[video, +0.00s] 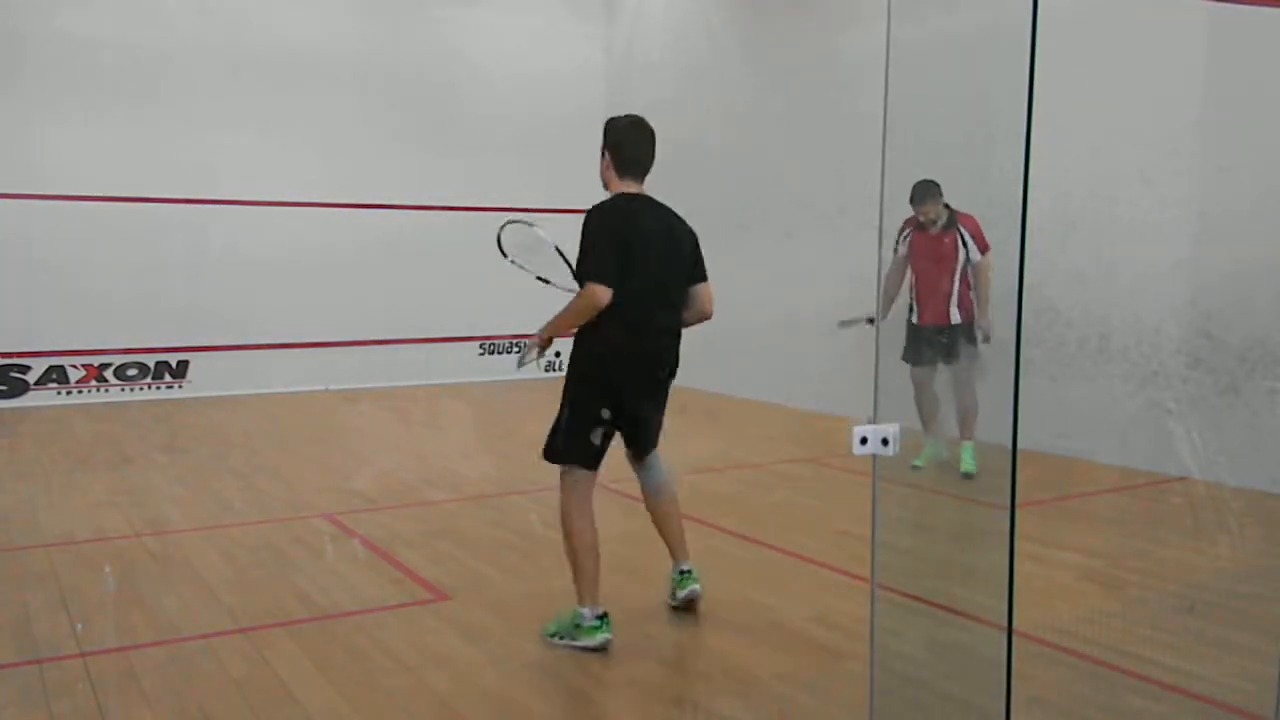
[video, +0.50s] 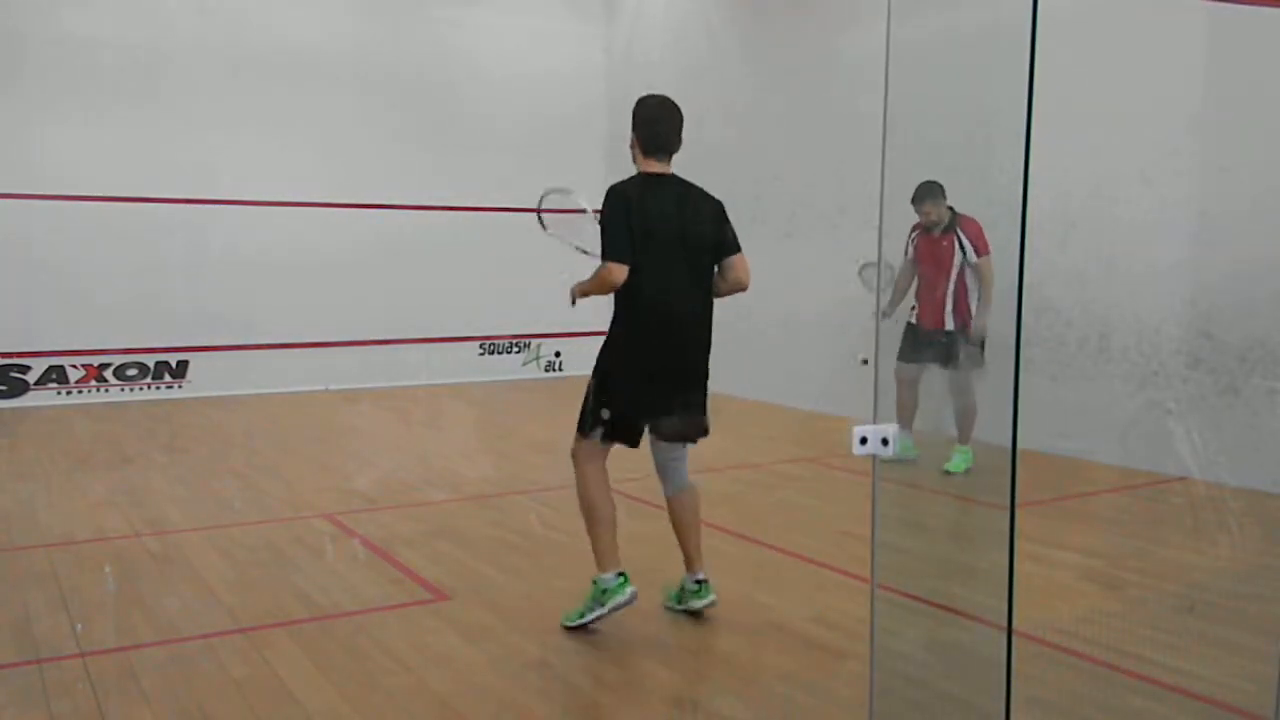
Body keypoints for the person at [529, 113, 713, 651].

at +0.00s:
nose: (598, 164)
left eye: (600, 156)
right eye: (605, 155)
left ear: (607, 161)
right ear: (649, 163)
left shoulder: (604, 218)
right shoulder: (677, 226)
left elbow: (597, 294)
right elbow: (701, 306)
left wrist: (552, 330)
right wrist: (649, 320)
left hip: (602, 370)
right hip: (655, 370)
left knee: (577, 483)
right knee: (647, 457)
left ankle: (590, 615)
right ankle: (684, 571)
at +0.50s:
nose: (631, 142)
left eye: (632, 135)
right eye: (648, 135)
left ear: (633, 141)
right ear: (679, 143)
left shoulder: (622, 196)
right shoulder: (706, 204)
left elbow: (615, 274)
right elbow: (737, 277)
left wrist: (583, 289)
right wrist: (689, 288)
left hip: (633, 352)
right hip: (687, 355)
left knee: (588, 453)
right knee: (673, 460)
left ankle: (610, 578)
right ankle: (697, 580)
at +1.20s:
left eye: (679, 113)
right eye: (718, 110)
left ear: (672, 120)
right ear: (722, 118)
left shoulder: (660, 170)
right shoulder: (755, 175)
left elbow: (634, 245)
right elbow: (802, 248)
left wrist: (653, 241)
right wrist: (756, 275)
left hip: (680, 330)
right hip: (741, 330)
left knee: (646, 453)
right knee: (733, 448)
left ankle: (643, 578)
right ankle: (767, 565)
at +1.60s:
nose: (701, 137)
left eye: (700, 130)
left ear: (699, 133)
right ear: (751, 133)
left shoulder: (703, 184)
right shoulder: (784, 196)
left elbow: (696, 260)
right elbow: (808, 275)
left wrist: (662, 260)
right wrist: (759, 290)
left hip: (708, 360)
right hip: (769, 362)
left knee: (668, 471)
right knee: (758, 471)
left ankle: (700, 608)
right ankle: (788, 609)